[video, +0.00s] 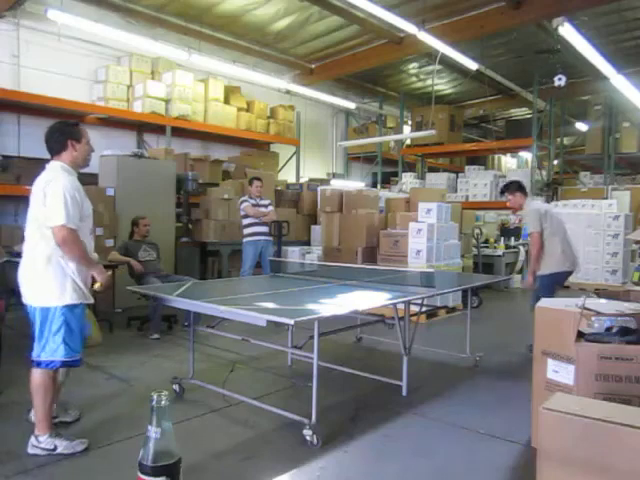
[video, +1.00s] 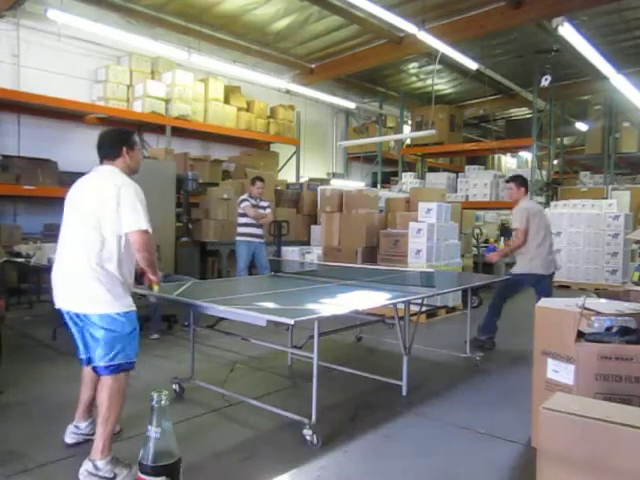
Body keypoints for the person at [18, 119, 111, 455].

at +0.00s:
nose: (90, 148)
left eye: (88, 143)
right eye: (86, 143)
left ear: (64, 146)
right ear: (71, 145)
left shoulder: (55, 177)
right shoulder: (60, 180)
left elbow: (64, 234)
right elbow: (64, 235)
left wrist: (95, 262)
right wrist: (95, 268)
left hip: (51, 286)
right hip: (53, 288)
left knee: (54, 353)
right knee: (49, 360)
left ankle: (44, 408)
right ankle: (43, 436)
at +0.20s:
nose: (104, 152)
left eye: (103, 146)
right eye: (101, 146)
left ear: (73, 149)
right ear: (88, 148)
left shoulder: (58, 177)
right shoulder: (74, 180)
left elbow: (73, 237)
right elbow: (82, 238)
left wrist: (107, 257)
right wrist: (107, 268)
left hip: (64, 289)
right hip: (58, 292)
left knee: (87, 346)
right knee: (47, 362)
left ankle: (77, 418)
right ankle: (42, 436)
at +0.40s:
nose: (117, 152)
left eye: (115, 146)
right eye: (113, 146)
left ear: (89, 151)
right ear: (99, 150)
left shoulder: (72, 177)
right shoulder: (91, 179)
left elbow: (84, 237)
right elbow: (99, 237)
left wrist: (114, 260)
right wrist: (118, 262)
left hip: (65, 287)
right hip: (72, 290)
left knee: (87, 354)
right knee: (63, 361)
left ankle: (82, 422)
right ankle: (42, 434)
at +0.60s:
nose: (124, 152)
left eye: (122, 145)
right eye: (120, 146)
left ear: (95, 149)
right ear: (106, 148)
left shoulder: (81, 177)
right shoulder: (99, 177)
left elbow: (89, 234)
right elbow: (110, 234)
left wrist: (127, 238)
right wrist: (131, 258)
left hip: (70, 285)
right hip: (89, 287)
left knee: (90, 357)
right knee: (103, 356)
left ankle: (82, 423)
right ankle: (57, 428)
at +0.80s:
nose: (129, 153)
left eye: (127, 147)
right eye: (126, 147)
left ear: (96, 151)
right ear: (113, 149)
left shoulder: (80, 181)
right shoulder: (111, 179)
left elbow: (88, 233)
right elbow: (119, 233)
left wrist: (131, 234)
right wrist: (141, 261)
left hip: (73, 288)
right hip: (101, 289)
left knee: (92, 359)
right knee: (115, 365)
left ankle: (80, 422)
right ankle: (103, 452)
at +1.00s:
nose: (142, 156)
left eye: (141, 150)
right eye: (139, 149)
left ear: (106, 154)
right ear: (126, 152)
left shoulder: (81, 184)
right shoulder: (124, 186)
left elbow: (88, 238)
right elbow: (140, 244)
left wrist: (131, 266)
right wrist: (152, 272)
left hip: (68, 292)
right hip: (102, 296)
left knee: (93, 359)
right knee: (116, 370)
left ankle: (81, 422)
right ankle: (100, 460)